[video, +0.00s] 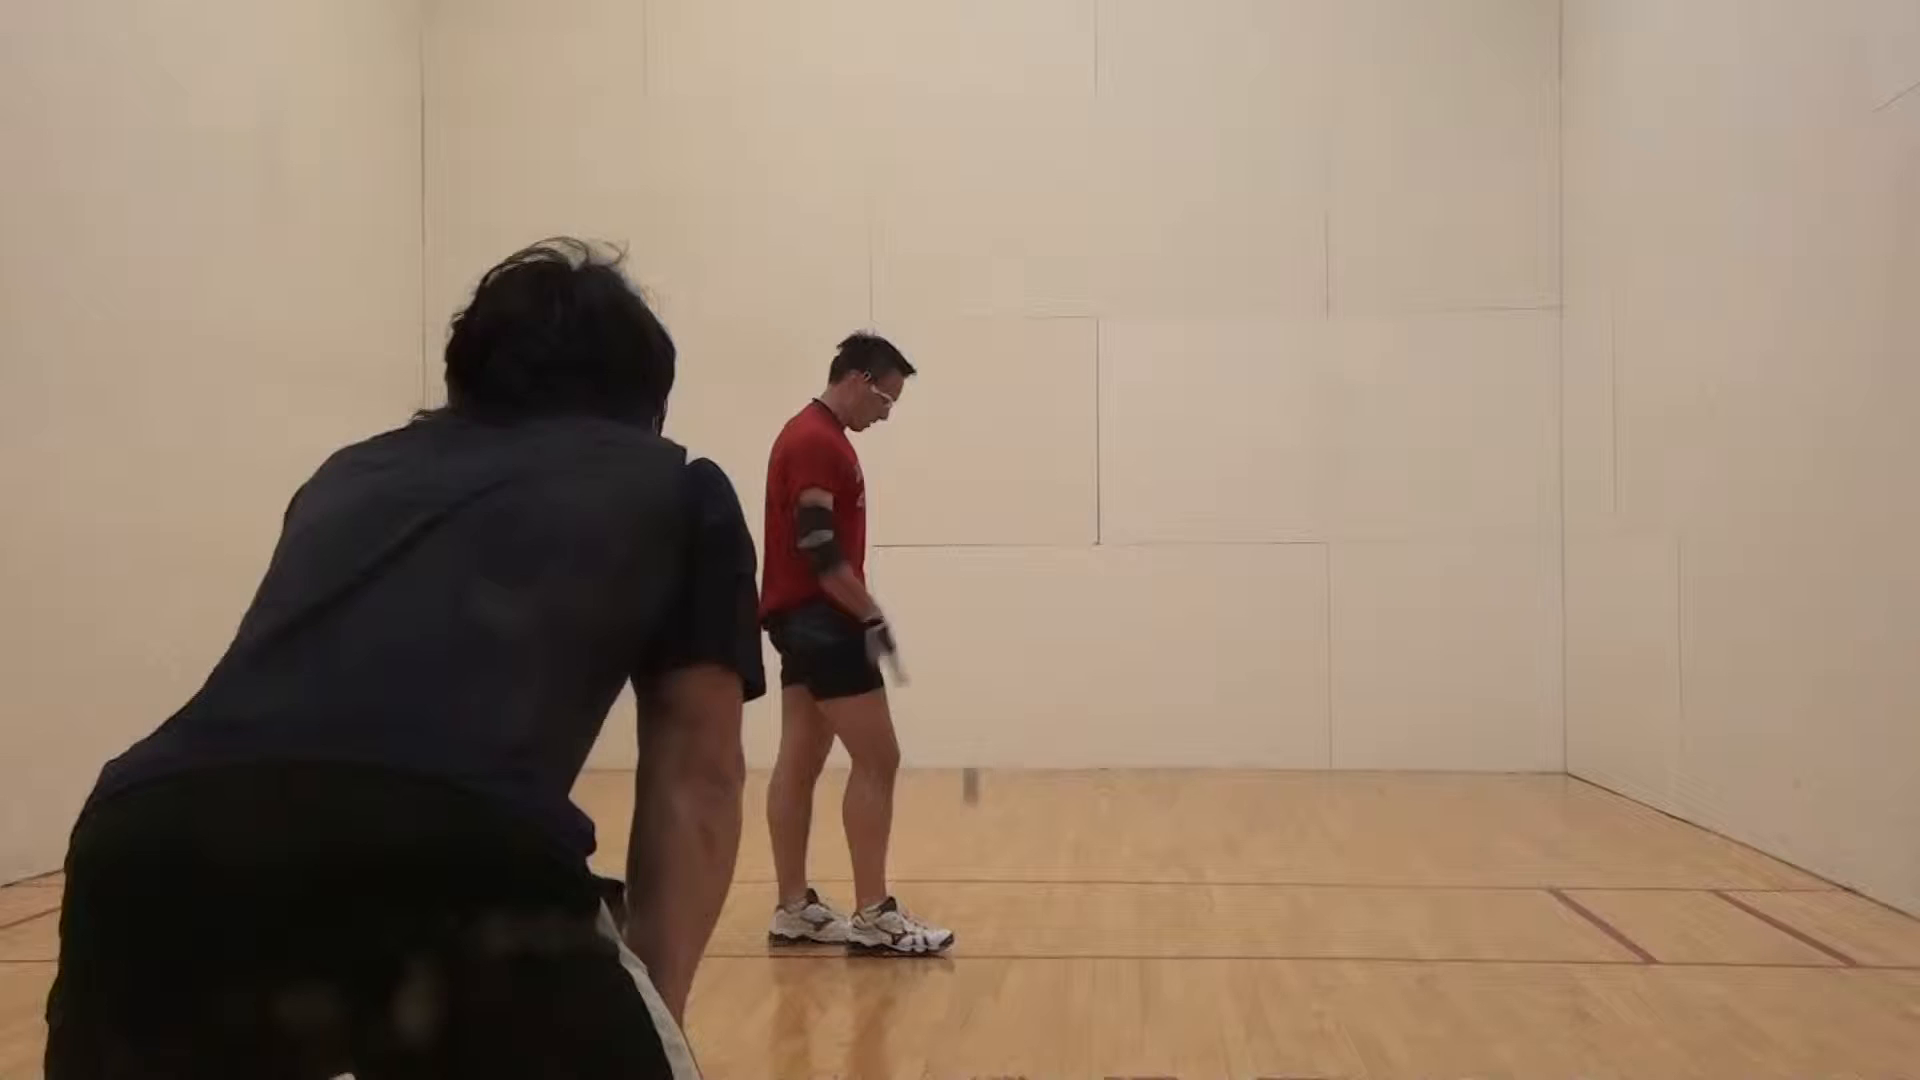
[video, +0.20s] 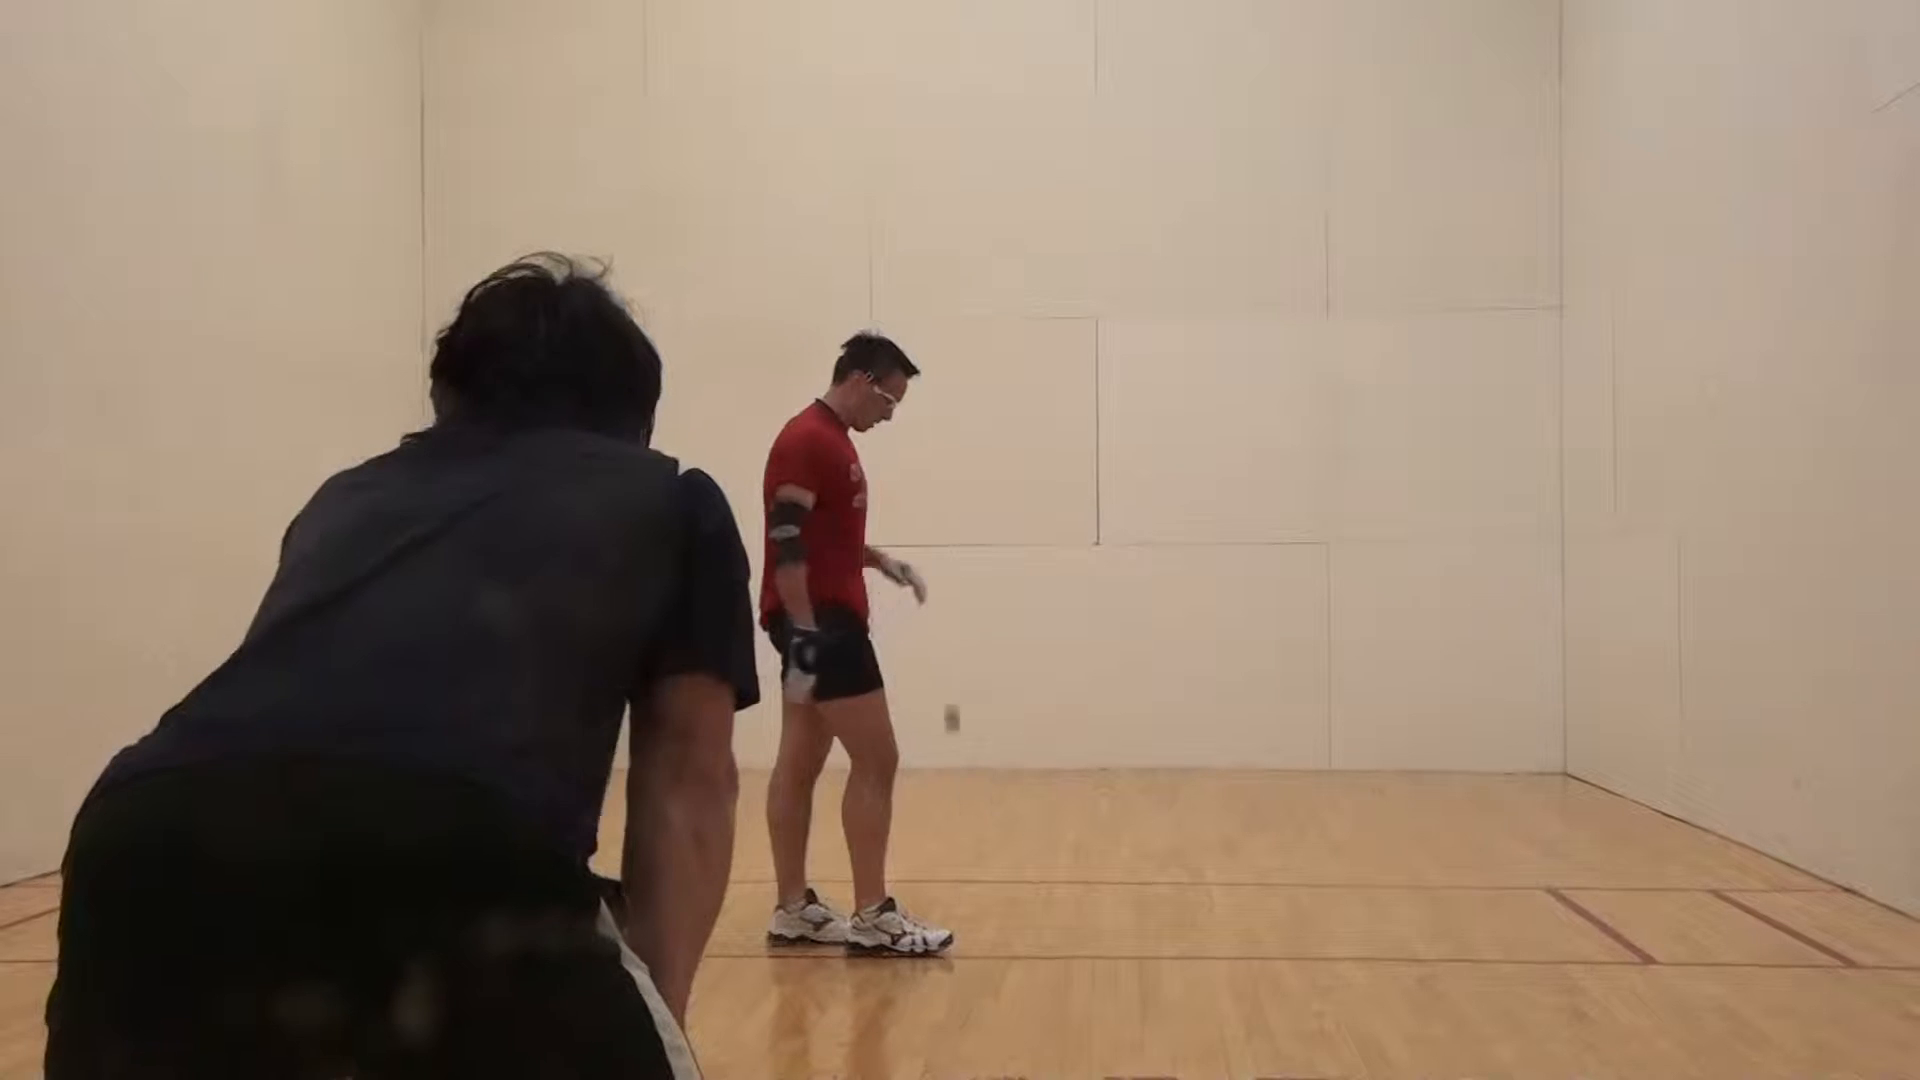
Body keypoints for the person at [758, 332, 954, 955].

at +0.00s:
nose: (887, 411)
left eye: (892, 400)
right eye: (885, 396)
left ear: (850, 383)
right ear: (853, 379)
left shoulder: (808, 435)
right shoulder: (818, 441)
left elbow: (808, 546)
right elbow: (818, 547)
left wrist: (853, 608)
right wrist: (872, 615)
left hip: (802, 616)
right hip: (821, 618)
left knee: (799, 760)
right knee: (876, 759)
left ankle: (793, 906)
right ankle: (873, 911)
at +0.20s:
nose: (890, 411)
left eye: (895, 401)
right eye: (889, 397)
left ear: (858, 384)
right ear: (857, 380)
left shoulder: (831, 439)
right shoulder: (808, 440)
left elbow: (831, 534)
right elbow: (787, 544)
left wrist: (883, 561)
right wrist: (803, 629)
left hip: (815, 620)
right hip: (829, 626)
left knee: (798, 764)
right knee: (875, 761)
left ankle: (792, 907)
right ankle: (872, 913)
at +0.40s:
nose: (890, 412)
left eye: (896, 402)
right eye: (889, 398)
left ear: (862, 386)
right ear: (857, 380)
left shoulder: (837, 442)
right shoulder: (802, 437)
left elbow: (846, 530)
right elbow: (768, 534)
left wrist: (906, 507)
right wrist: (785, 629)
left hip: (817, 623)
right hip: (823, 627)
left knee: (799, 765)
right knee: (871, 761)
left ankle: (793, 907)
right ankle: (872, 912)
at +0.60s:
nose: (888, 412)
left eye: (893, 401)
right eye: (886, 397)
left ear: (860, 384)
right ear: (856, 379)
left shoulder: (842, 444)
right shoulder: (795, 438)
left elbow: (851, 539)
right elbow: (768, 536)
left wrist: (923, 530)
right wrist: (801, 620)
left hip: (825, 621)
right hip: (817, 623)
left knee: (801, 762)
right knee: (869, 758)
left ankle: (793, 907)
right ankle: (871, 913)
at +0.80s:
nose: (886, 409)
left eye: (890, 399)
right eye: (883, 395)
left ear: (857, 384)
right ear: (851, 378)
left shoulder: (842, 441)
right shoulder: (795, 436)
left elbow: (843, 544)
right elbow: (770, 535)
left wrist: (873, 614)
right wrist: (836, 600)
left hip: (829, 618)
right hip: (811, 620)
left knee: (800, 763)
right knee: (868, 759)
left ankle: (793, 906)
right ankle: (871, 912)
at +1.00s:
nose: (883, 411)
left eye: (888, 401)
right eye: (882, 397)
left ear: (854, 384)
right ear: (849, 378)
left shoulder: (833, 439)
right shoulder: (797, 436)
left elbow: (815, 531)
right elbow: (782, 530)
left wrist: (849, 600)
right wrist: (865, 561)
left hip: (822, 616)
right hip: (811, 618)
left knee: (800, 760)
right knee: (868, 758)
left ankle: (793, 907)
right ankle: (872, 913)